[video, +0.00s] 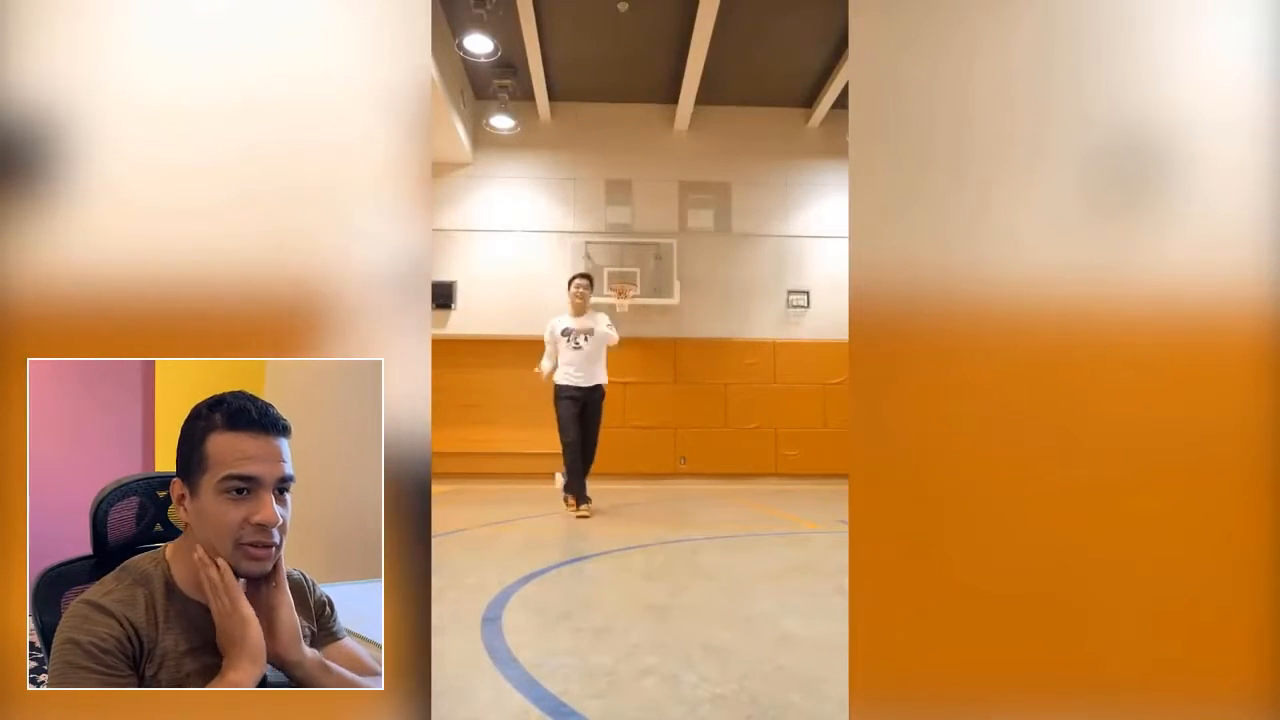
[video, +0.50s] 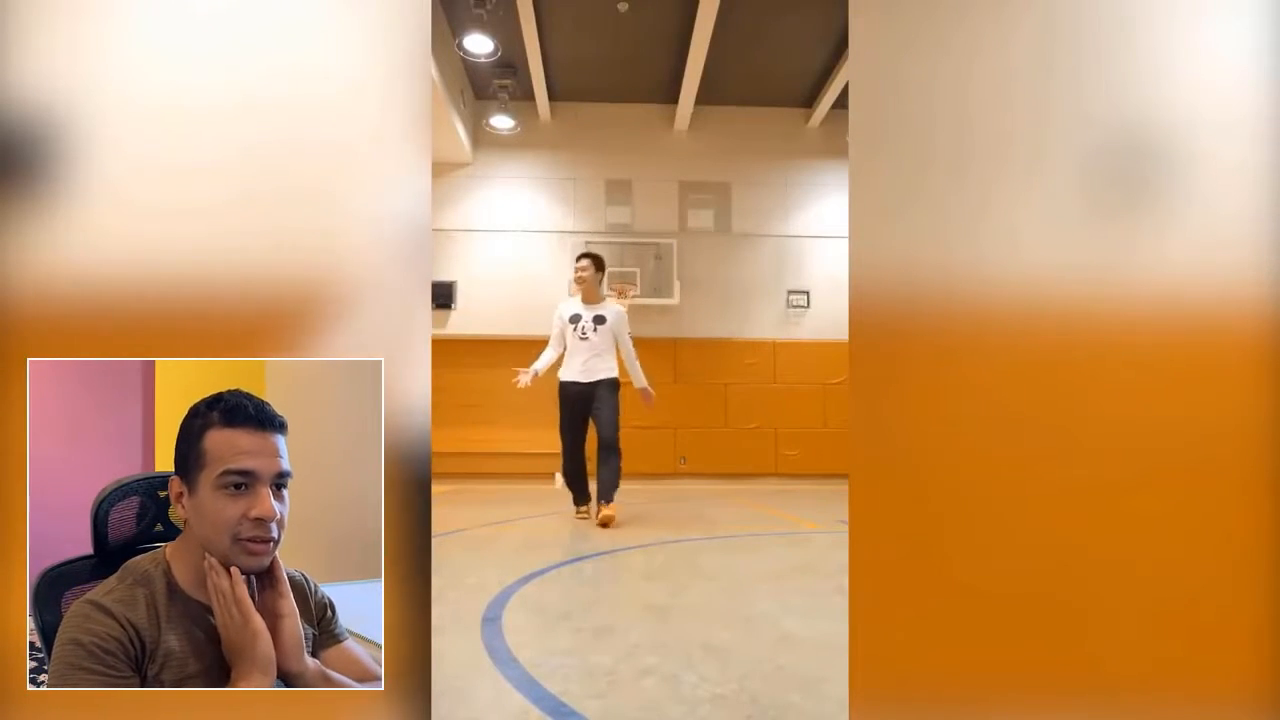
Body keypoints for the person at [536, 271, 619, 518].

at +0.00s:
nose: (580, 291)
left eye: (585, 288)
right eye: (576, 287)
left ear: (591, 294)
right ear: (568, 292)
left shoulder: (600, 318)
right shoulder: (556, 324)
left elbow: (613, 339)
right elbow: (550, 355)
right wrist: (544, 369)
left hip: (594, 388)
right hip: (566, 387)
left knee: (589, 444)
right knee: (571, 442)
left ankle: (570, 485)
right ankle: (581, 499)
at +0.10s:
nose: (578, 287)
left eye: (583, 284)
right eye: (574, 283)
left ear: (590, 290)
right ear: (566, 289)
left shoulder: (601, 318)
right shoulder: (556, 321)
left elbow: (613, 349)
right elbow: (551, 356)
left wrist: (609, 343)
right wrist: (542, 364)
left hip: (596, 387)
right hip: (567, 386)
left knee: (593, 449)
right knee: (570, 442)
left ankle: (571, 480)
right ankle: (581, 500)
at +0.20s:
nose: (576, 281)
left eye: (581, 277)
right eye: (572, 277)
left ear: (591, 281)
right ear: (567, 281)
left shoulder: (605, 314)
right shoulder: (558, 314)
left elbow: (619, 348)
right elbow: (549, 346)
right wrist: (540, 360)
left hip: (598, 383)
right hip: (567, 384)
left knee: (604, 437)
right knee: (569, 444)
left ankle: (590, 481)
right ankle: (580, 501)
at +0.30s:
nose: (574, 278)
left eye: (579, 274)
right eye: (571, 274)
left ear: (591, 278)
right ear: (568, 279)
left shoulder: (607, 313)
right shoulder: (559, 312)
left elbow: (626, 350)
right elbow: (550, 345)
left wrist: (647, 379)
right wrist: (537, 364)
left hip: (599, 381)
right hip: (568, 382)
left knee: (607, 433)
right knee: (569, 445)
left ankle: (598, 486)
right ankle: (580, 501)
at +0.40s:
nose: (573, 276)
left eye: (579, 272)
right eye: (572, 272)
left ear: (594, 276)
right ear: (571, 277)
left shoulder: (612, 312)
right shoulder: (563, 309)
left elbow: (626, 351)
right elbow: (553, 347)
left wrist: (644, 382)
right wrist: (535, 369)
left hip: (601, 382)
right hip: (569, 383)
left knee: (609, 436)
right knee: (571, 446)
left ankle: (608, 501)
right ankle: (581, 501)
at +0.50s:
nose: (578, 274)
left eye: (584, 270)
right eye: (576, 270)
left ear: (599, 274)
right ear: (574, 275)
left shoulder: (615, 312)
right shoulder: (565, 308)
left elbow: (628, 352)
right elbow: (554, 347)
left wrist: (642, 384)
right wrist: (534, 370)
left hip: (604, 381)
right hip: (572, 382)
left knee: (609, 437)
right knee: (572, 444)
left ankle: (605, 502)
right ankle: (581, 501)